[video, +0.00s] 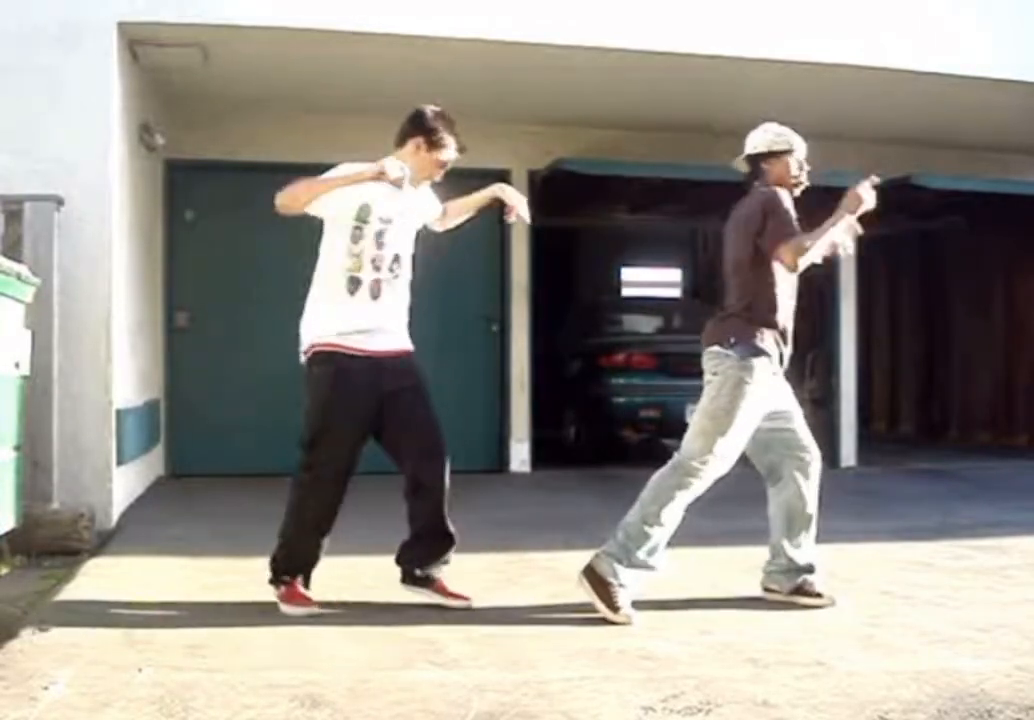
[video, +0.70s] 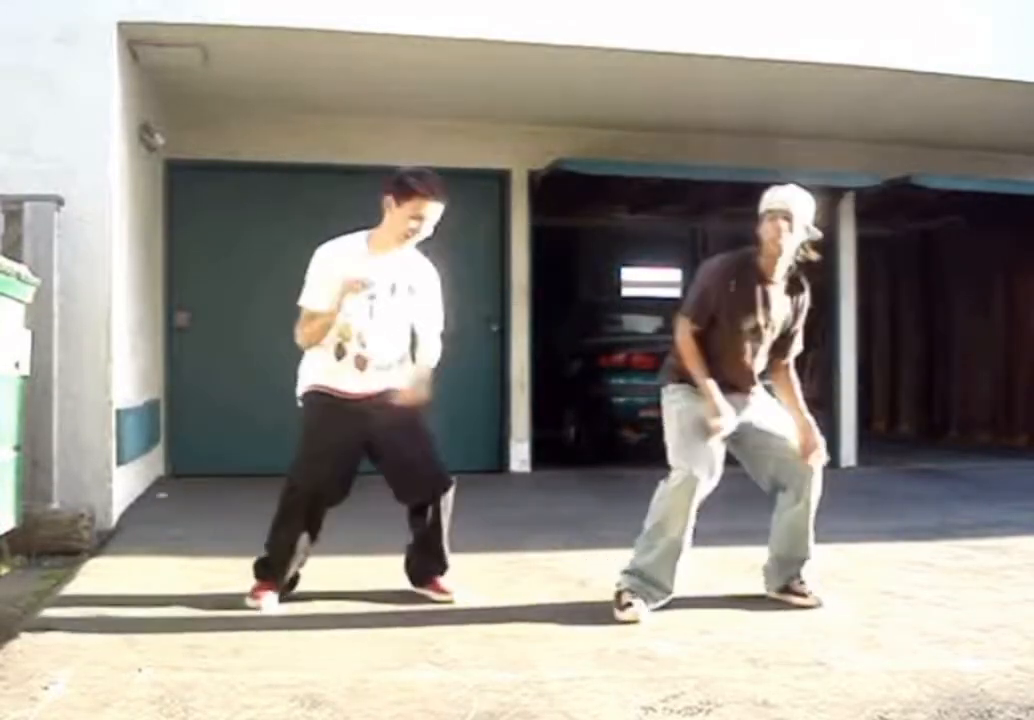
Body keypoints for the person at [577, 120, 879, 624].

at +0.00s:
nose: (802, 169)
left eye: (801, 160)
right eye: (796, 159)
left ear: (763, 165)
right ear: (774, 162)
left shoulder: (751, 207)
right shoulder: (773, 201)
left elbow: (785, 260)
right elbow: (793, 254)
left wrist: (829, 241)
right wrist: (845, 213)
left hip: (755, 359)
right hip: (747, 355)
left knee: (799, 461)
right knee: (698, 464)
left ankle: (788, 573)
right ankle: (614, 566)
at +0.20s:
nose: (852, 200)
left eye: (854, 191)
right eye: (848, 190)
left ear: (822, 186)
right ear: (827, 183)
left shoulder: (795, 217)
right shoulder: (798, 201)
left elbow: (778, 264)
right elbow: (801, 230)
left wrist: (819, 275)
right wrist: (861, 243)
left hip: (744, 349)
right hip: (712, 338)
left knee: (780, 457)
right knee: (702, 457)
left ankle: (787, 571)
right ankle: (629, 570)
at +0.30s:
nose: (868, 255)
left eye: (870, 245)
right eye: (863, 243)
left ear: (849, 244)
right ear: (836, 239)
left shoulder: (817, 283)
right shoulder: (802, 269)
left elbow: (775, 328)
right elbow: (765, 321)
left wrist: (826, 336)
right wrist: (836, 325)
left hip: (733, 374)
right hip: (693, 368)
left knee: (784, 458)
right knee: (699, 477)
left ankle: (784, 574)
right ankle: (624, 579)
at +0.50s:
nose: (832, 241)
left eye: (841, 233)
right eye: (824, 230)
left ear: (851, 241)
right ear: (808, 230)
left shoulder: (813, 276)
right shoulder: (795, 260)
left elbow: (787, 320)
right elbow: (769, 289)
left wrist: (825, 351)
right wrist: (830, 330)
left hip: (740, 379)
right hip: (694, 373)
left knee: (790, 460)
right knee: (693, 476)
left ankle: (787, 572)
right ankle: (628, 582)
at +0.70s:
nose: (778, 229)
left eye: (788, 222)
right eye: (772, 219)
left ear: (803, 234)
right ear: (759, 225)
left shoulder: (798, 293)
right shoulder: (722, 271)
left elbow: (781, 366)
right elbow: (684, 331)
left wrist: (805, 424)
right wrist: (710, 395)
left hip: (750, 395)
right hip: (693, 390)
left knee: (805, 460)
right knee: (693, 474)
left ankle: (785, 577)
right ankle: (639, 588)